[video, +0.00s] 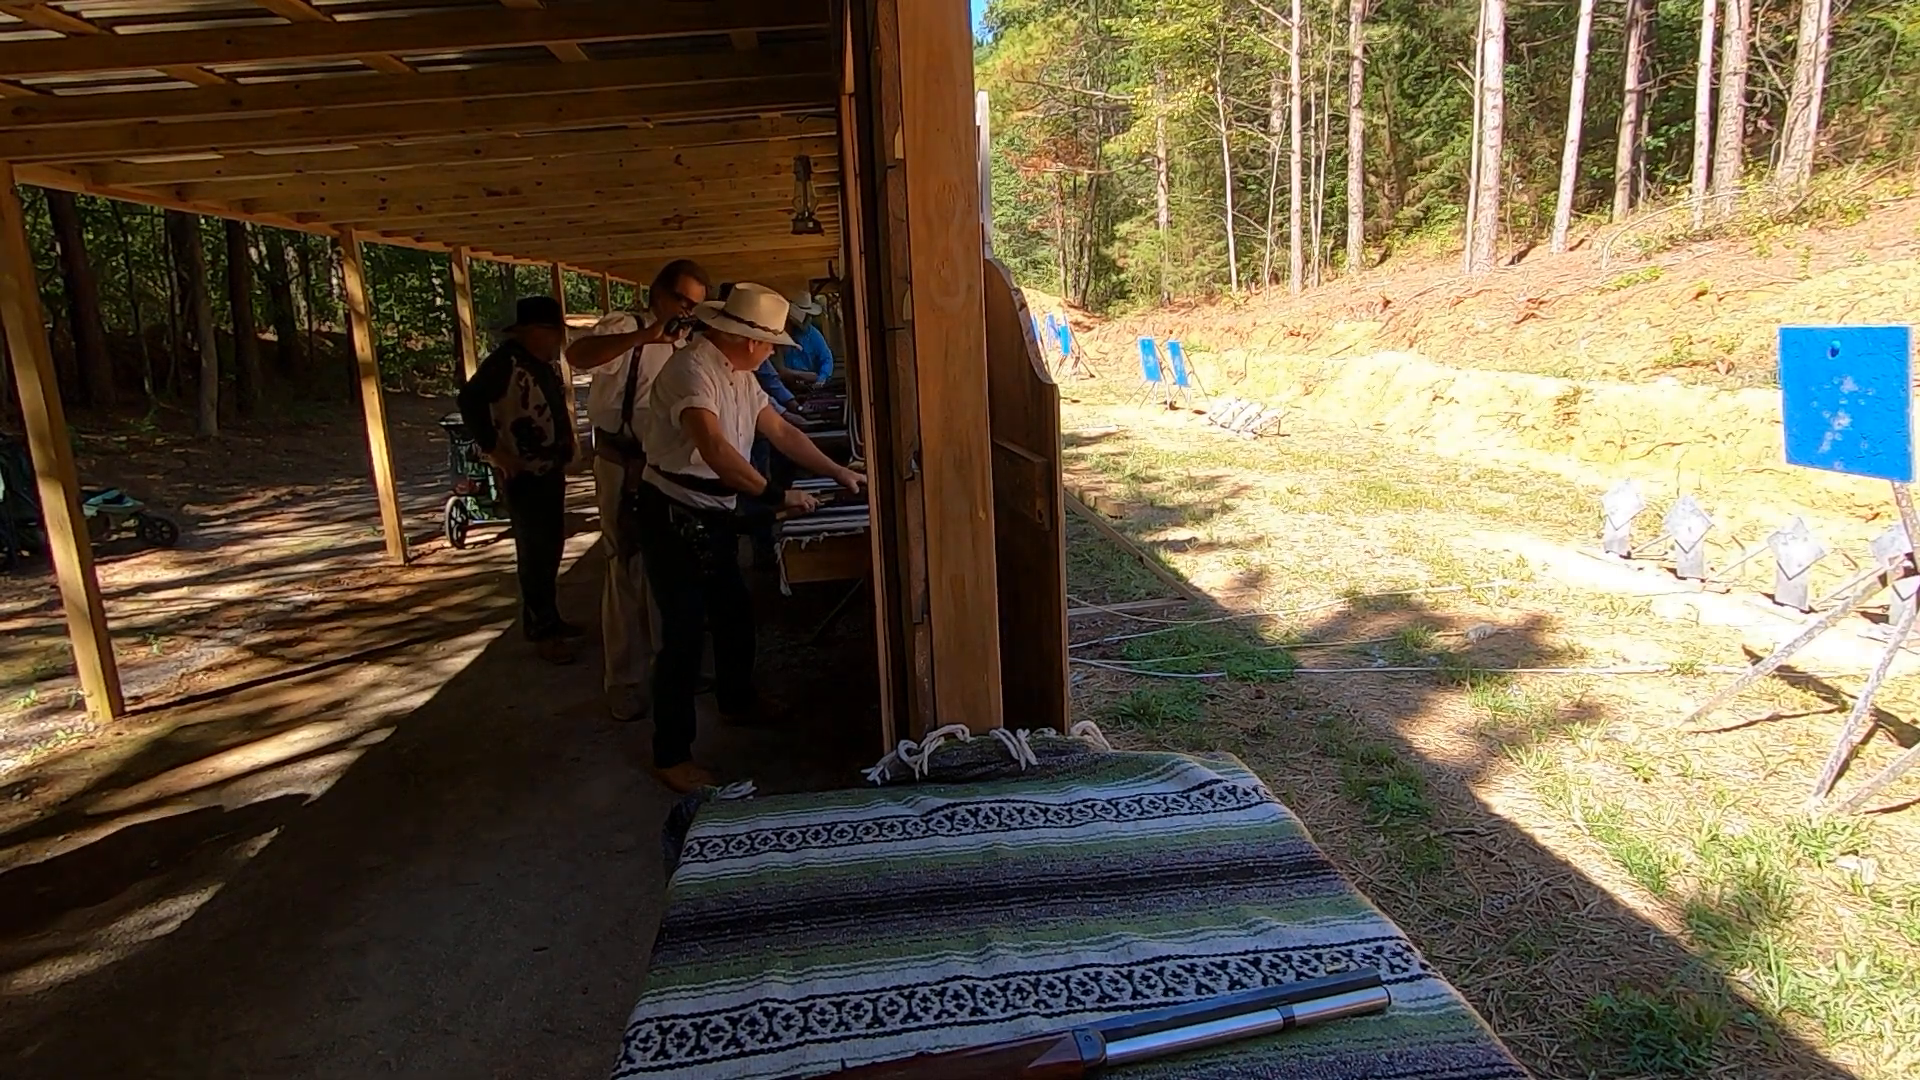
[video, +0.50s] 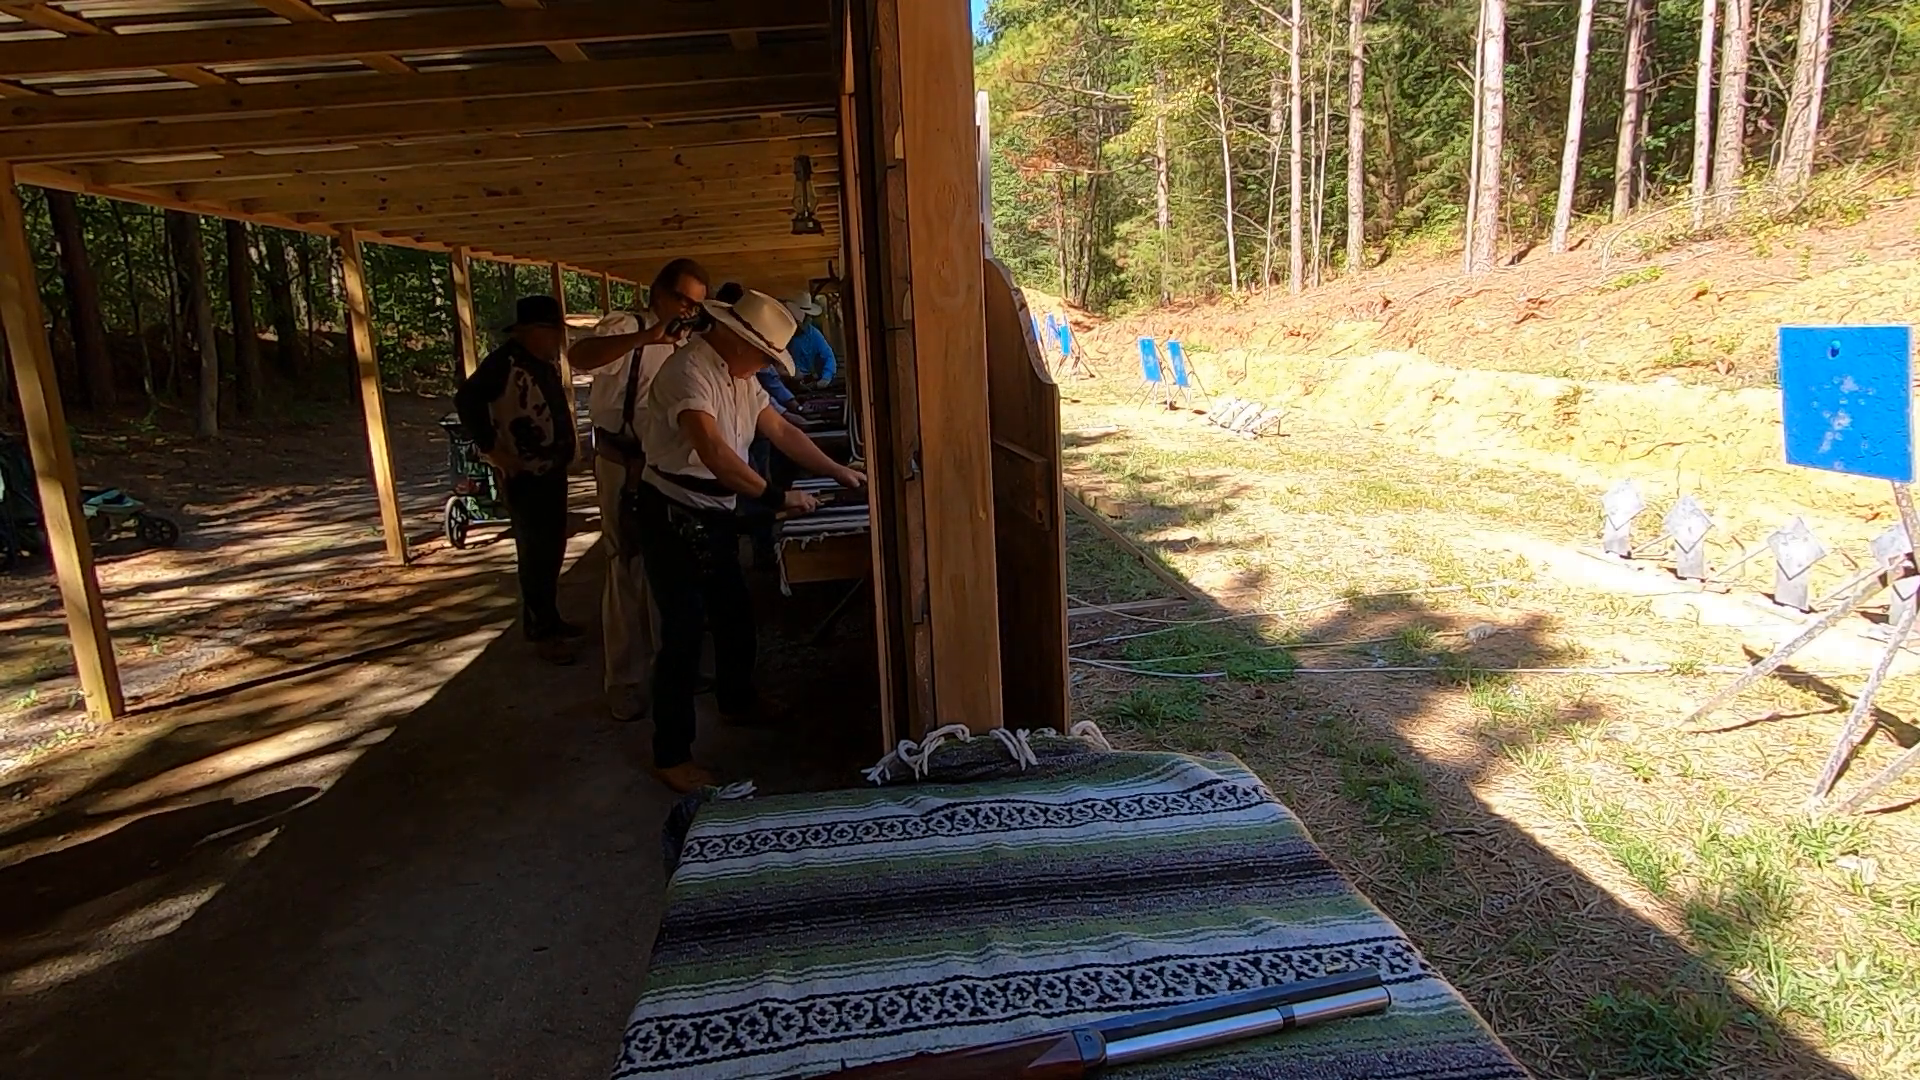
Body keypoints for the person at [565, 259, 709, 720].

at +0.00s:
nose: (685, 311)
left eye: (694, 306)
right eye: (680, 300)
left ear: (700, 309)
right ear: (657, 293)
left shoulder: (693, 346)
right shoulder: (625, 326)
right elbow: (577, 355)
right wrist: (644, 337)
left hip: (673, 464)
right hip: (619, 463)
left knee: (672, 569)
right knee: (625, 572)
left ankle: (676, 670)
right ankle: (623, 682)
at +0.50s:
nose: (686, 310)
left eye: (695, 305)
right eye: (680, 299)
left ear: (702, 308)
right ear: (657, 293)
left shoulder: (695, 346)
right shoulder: (626, 327)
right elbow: (579, 357)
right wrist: (647, 337)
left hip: (675, 465)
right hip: (620, 464)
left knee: (673, 571)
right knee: (626, 572)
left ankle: (677, 671)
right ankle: (624, 683)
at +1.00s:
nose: (687, 313)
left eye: (696, 307)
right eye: (681, 302)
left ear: (702, 311)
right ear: (657, 296)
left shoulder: (694, 348)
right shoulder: (626, 328)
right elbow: (579, 358)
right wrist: (649, 339)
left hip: (675, 467)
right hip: (621, 467)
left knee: (672, 571)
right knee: (626, 573)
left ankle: (677, 672)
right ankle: (625, 685)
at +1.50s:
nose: (686, 312)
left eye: (694, 307)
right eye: (681, 302)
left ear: (698, 309)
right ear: (659, 294)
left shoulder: (690, 346)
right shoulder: (627, 327)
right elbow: (581, 357)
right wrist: (645, 340)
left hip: (669, 463)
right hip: (618, 463)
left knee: (670, 568)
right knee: (626, 571)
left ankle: (673, 671)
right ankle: (624, 683)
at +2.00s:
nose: (687, 312)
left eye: (693, 306)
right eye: (681, 302)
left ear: (695, 309)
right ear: (658, 298)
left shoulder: (694, 352)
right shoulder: (629, 342)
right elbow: (589, 347)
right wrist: (664, 337)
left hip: (672, 464)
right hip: (621, 468)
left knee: (674, 570)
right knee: (627, 575)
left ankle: (675, 672)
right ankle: (624, 685)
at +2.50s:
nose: (690, 314)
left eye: (696, 309)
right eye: (684, 304)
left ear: (698, 310)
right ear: (659, 297)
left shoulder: (692, 347)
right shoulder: (631, 326)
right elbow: (599, 347)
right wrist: (668, 342)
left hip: (670, 464)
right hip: (619, 465)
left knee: (673, 566)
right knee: (626, 572)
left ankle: (674, 668)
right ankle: (623, 681)